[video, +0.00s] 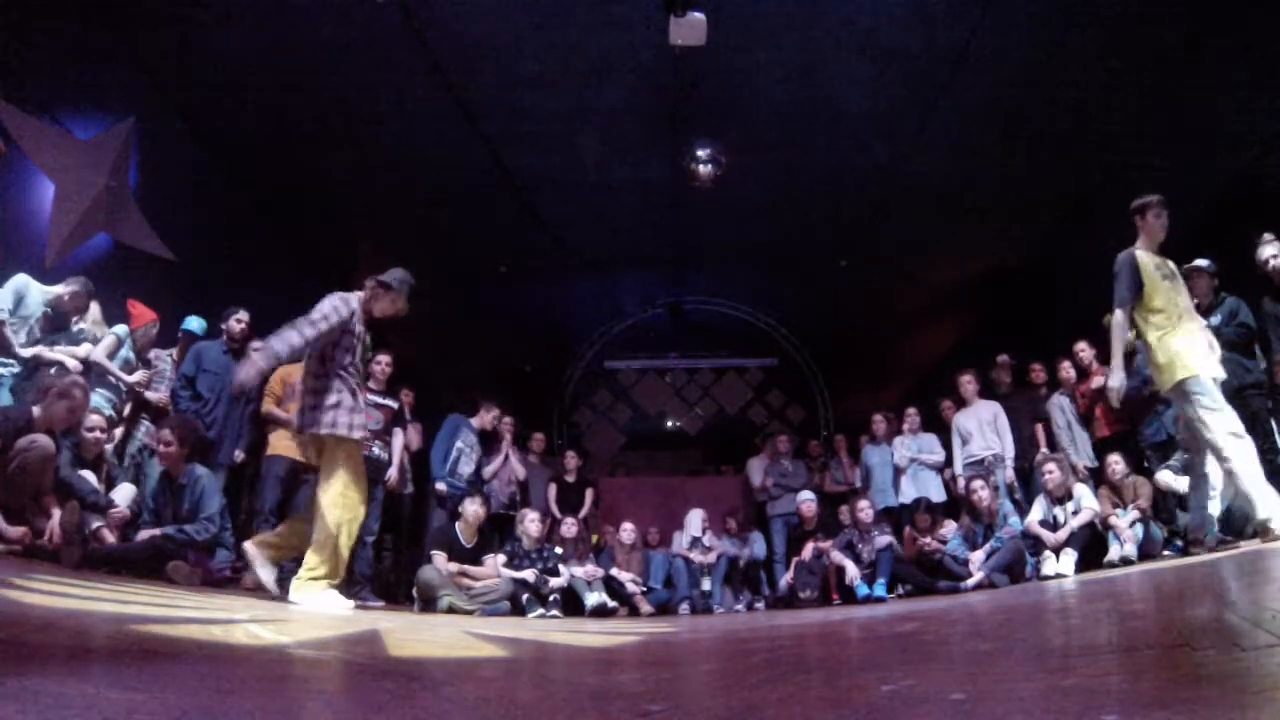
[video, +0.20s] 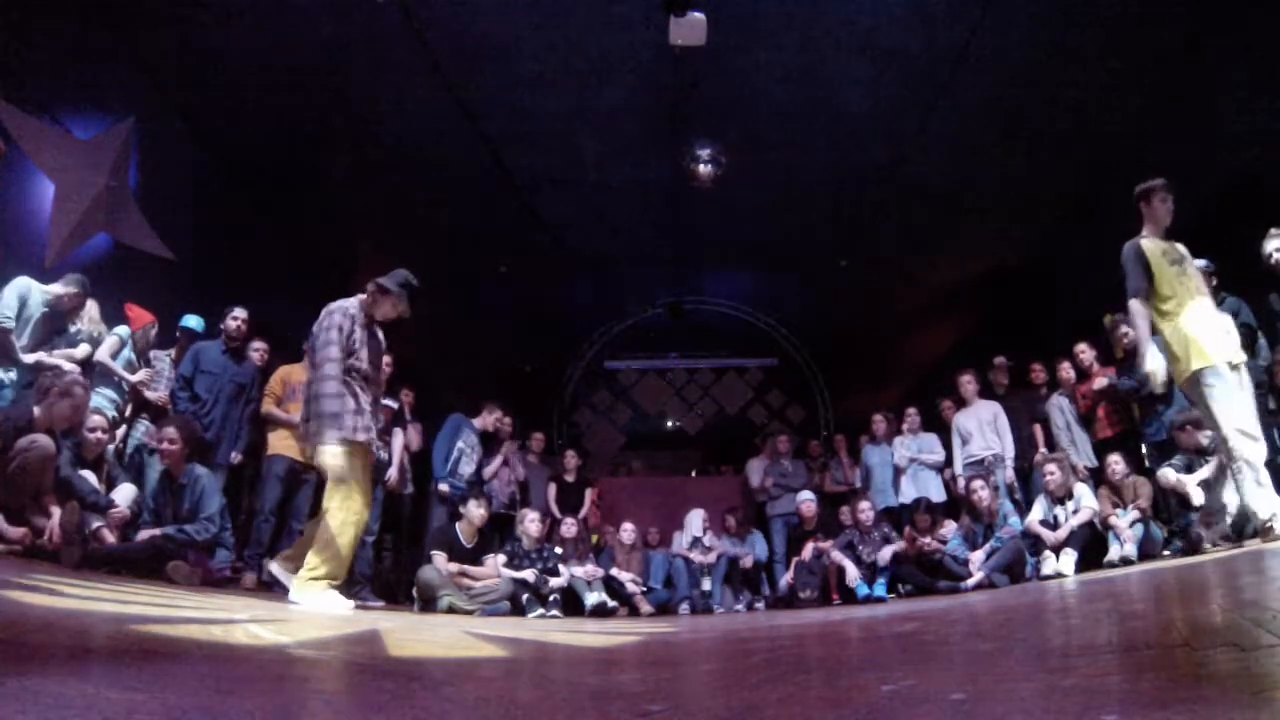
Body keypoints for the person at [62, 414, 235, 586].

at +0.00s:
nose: (160, 450)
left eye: (167, 445)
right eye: (158, 444)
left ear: (185, 449)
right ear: (155, 445)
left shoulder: (204, 479)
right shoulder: (164, 478)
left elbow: (209, 530)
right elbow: (149, 518)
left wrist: (160, 532)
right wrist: (144, 536)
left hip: (209, 552)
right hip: (174, 546)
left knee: (159, 544)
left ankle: (90, 555)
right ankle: (184, 574)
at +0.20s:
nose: (162, 448)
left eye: (171, 442)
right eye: (160, 442)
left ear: (186, 448)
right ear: (156, 444)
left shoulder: (203, 479)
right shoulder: (163, 478)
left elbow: (208, 530)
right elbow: (149, 518)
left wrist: (161, 532)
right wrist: (145, 537)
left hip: (209, 553)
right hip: (173, 546)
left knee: (159, 543)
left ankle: (90, 554)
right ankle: (184, 574)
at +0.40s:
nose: (181, 447)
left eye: (187, 442)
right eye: (175, 441)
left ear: (193, 447)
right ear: (163, 448)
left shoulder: (205, 479)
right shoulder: (161, 480)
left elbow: (209, 530)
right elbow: (149, 517)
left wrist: (161, 532)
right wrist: (145, 535)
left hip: (209, 552)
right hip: (171, 545)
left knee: (159, 544)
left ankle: (89, 555)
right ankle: (185, 574)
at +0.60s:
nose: (185, 447)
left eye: (190, 441)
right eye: (177, 441)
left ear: (196, 446)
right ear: (164, 448)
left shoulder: (206, 479)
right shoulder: (161, 480)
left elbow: (209, 531)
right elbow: (148, 519)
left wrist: (161, 533)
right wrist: (145, 535)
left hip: (209, 553)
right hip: (171, 546)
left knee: (158, 544)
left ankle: (91, 555)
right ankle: (184, 575)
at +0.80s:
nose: (183, 447)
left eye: (189, 441)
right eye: (176, 441)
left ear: (194, 446)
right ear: (164, 447)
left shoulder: (206, 479)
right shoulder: (162, 480)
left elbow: (209, 530)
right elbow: (150, 521)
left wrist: (162, 532)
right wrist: (145, 537)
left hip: (209, 552)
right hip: (172, 546)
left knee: (160, 543)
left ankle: (90, 554)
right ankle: (184, 574)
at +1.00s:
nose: (183, 447)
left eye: (188, 441)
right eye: (176, 441)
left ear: (194, 447)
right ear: (164, 447)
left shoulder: (206, 479)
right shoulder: (162, 480)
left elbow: (209, 530)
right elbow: (151, 522)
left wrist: (162, 532)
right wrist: (145, 537)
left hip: (209, 552)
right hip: (172, 546)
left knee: (160, 543)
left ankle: (90, 554)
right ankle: (185, 574)